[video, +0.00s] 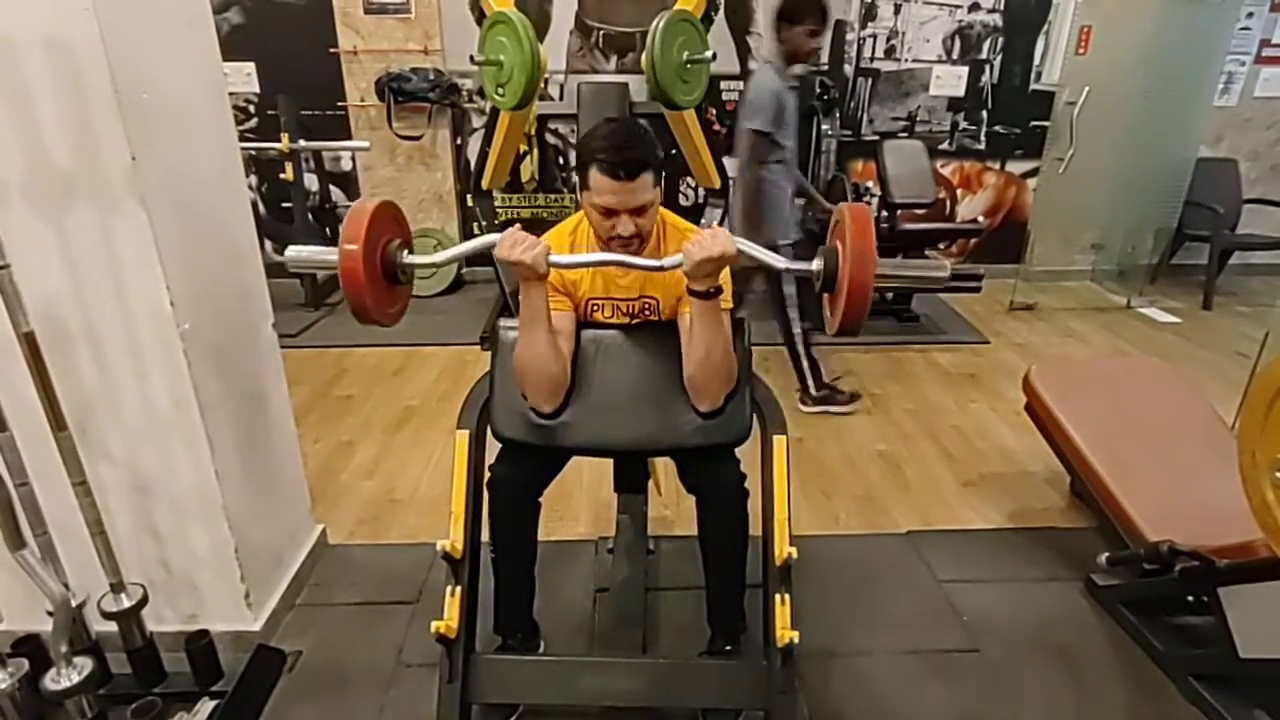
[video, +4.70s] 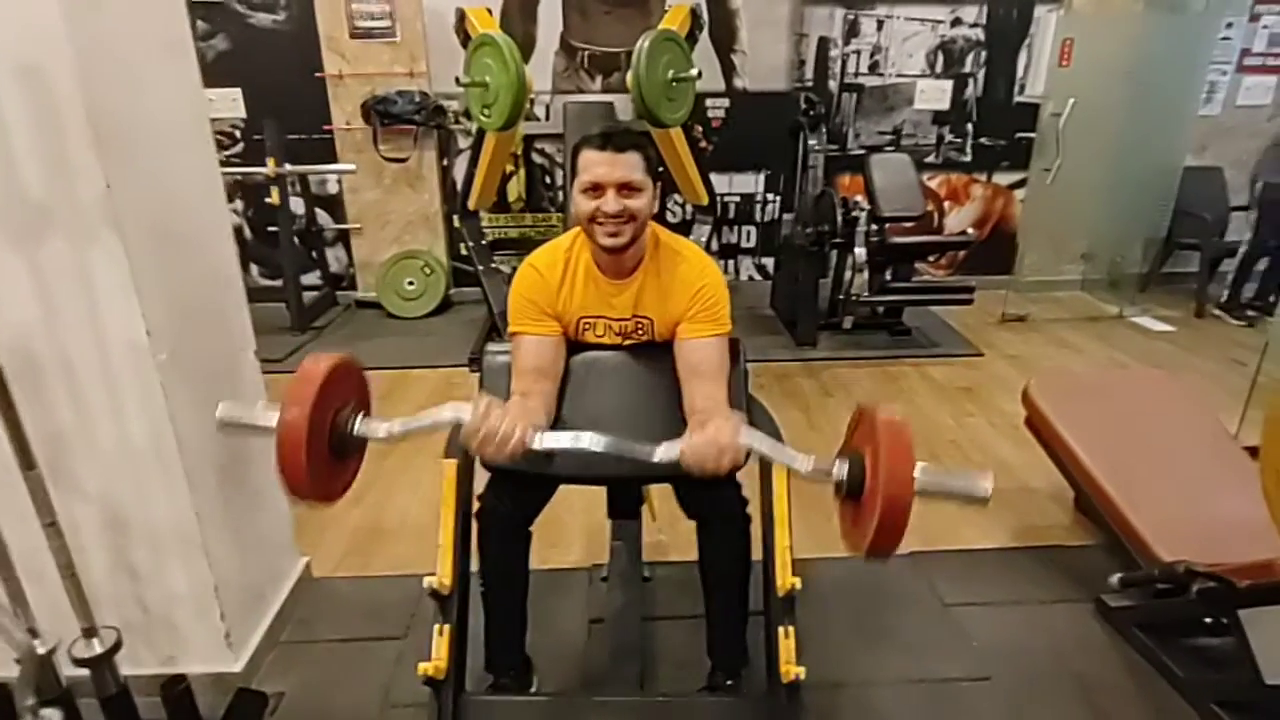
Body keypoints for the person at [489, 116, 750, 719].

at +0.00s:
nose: (625, 227)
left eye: (639, 211)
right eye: (608, 213)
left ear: (659, 190)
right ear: (581, 194)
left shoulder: (695, 249)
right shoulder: (555, 250)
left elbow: (709, 396)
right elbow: (543, 397)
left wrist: (704, 290)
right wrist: (530, 284)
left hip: (672, 388)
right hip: (580, 387)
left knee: (721, 481)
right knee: (511, 479)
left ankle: (726, 640)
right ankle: (516, 636)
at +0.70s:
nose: (647, 242)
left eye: (656, 228)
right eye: (629, 234)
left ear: (668, 201)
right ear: (590, 211)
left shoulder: (695, 248)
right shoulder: (548, 250)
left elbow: (708, 404)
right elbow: (538, 396)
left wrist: (704, 372)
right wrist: (514, 368)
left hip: (665, 387)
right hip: (576, 388)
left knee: (720, 477)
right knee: (504, 478)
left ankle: (723, 637)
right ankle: (511, 635)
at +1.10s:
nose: (647, 248)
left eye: (658, 234)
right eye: (629, 240)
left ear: (671, 204)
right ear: (594, 213)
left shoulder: (699, 252)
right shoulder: (550, 250)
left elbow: (707, 373)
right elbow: (536, 370)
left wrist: (712, 438)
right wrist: (515, 428)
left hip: (671, 393)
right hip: (575, 396)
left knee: (721, 467)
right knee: (504, 466)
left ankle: (723, 637)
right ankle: (510, 635)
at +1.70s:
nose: (622, 247)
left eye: (639, 235)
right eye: (607, 233)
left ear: (664, 209)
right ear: (587, 204)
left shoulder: (697, 255)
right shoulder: (551, 253)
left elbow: (708, 390)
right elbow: (536, 385)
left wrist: (704, 509)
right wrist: (521, 507)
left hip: (671, 383)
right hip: (574, 382)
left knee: (722, 490)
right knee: (503, 480)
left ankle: (724, 636)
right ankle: (512, 637)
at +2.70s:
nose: (617, 246)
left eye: (632, 230)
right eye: (601, 231)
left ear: (656, 205)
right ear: (580, 208)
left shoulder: (696, 258)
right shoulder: (552, 257)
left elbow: (711, 383)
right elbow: (536, 379)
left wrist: (714, 425)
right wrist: (513, 427)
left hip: (666, 395)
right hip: (577, 393)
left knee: (718, 483)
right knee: (504, 485)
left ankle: (723, 643)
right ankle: (511, 645)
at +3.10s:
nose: (615, 255)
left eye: (630, 241)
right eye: (599, 241)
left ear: (654, 216)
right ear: (578, 217)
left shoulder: (693, 263)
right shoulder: (552, 264)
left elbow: (708, 414)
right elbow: (537, 416)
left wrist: (706, 351)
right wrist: (522, 351)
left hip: (667, 406)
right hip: (574, 404)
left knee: (720, 496)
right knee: (502, 495)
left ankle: (723, 652)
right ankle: (512, 651)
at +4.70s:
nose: (610, 206)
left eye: (628, 191)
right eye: (593, 191)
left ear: (654, 198)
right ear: (572, 199)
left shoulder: (694, 274)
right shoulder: (541, 274)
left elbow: (709, 404)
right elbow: (531, 393)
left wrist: (716, 435)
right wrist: (507, 431)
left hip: (666, 417)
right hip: (571, 414)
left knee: (723, 504)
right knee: (500, 509)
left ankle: (727, 670)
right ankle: (507, 672)